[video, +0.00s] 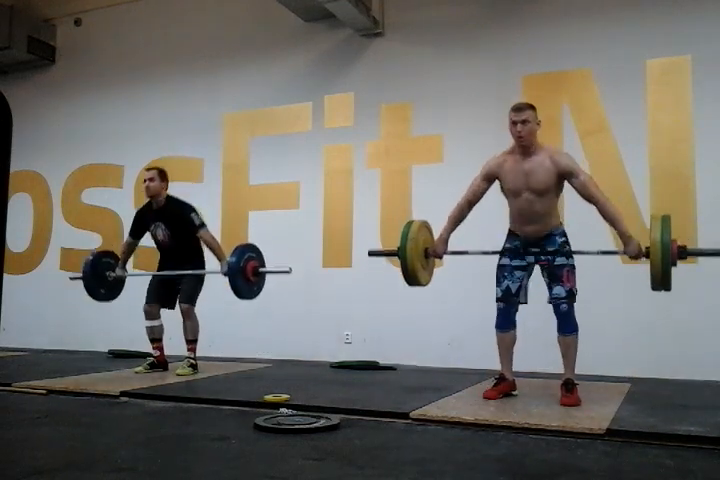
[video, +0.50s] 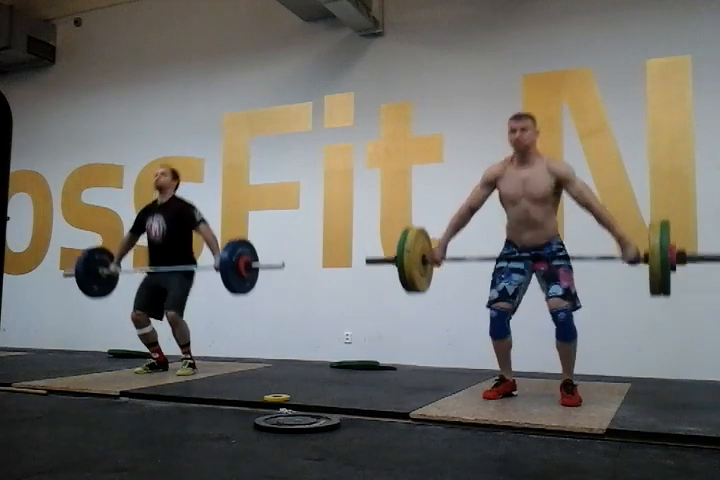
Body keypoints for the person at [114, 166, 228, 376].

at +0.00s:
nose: (146, 184)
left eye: (151, 180)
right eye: (144, 181)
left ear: (164, 184)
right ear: (143, 186)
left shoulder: (183, 209)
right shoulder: (144, 214)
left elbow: (205, 235)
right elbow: (131, 242)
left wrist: (223, 260)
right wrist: (121, 265)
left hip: (193, 265)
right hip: (167, 265)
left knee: (186, 306)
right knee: (150, 308)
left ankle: (191, 360)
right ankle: (159, 359)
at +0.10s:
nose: (143, 196)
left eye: (148, 192)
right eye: (141, 193)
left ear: (160, 196)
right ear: (141, 197)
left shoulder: (179, 218)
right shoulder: (141, 225)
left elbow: (204, 243)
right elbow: (130, 251)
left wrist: (223, 269)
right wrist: (121, 275)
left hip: (195, 267)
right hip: (170, 269)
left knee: (187, 307)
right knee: (149, 309)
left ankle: (191, 360)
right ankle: (159, 359)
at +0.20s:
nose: (143, 202)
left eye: (148, 198)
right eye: (141, 199)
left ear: (161, 202)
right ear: (140, 203)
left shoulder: (178, 223)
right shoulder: (141, 231)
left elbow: (202, 246)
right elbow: (130, 256)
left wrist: (221, 274)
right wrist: (119, 280)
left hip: (196, 271)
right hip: (171, 272)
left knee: (186, 308)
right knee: (148, 309)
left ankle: (191, 360)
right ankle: (159, 359)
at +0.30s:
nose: (146, 200)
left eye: (150, 197)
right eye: (144, 198)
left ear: (163, 201)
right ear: (142, 203)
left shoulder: (179, 224)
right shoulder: (142, 231)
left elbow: (203, 247)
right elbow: (129, 256)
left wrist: (220, 274)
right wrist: (118, 281)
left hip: (195, 274)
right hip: (171, 275)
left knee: (181, 309)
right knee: (146, 311)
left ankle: (191, 361)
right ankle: (159, 359)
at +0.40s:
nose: (149, 192)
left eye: (155, 188)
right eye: (148, 189)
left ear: (168, 195)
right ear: (147, 195)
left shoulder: (181, 219)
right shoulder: (143, 225)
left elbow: (204, 242)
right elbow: (130, 249)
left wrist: (218, 268)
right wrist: (117, 274)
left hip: (191, 275)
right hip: (166, 276)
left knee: (176, 311)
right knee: (142, 313)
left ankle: (190, 360)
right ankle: (158, 360)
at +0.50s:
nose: (157, 176)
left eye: (163, 174)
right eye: (156, 174)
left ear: (174, 182)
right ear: (155, 182)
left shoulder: (185, 208)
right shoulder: (147, 211)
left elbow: (205, 231)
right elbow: (131, 238)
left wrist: (217, 255)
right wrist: (116, 260)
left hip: (180, 272)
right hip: (156, 272)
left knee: (172, 314)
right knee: (139, 316)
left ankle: (188, 360)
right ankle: (159, 360)